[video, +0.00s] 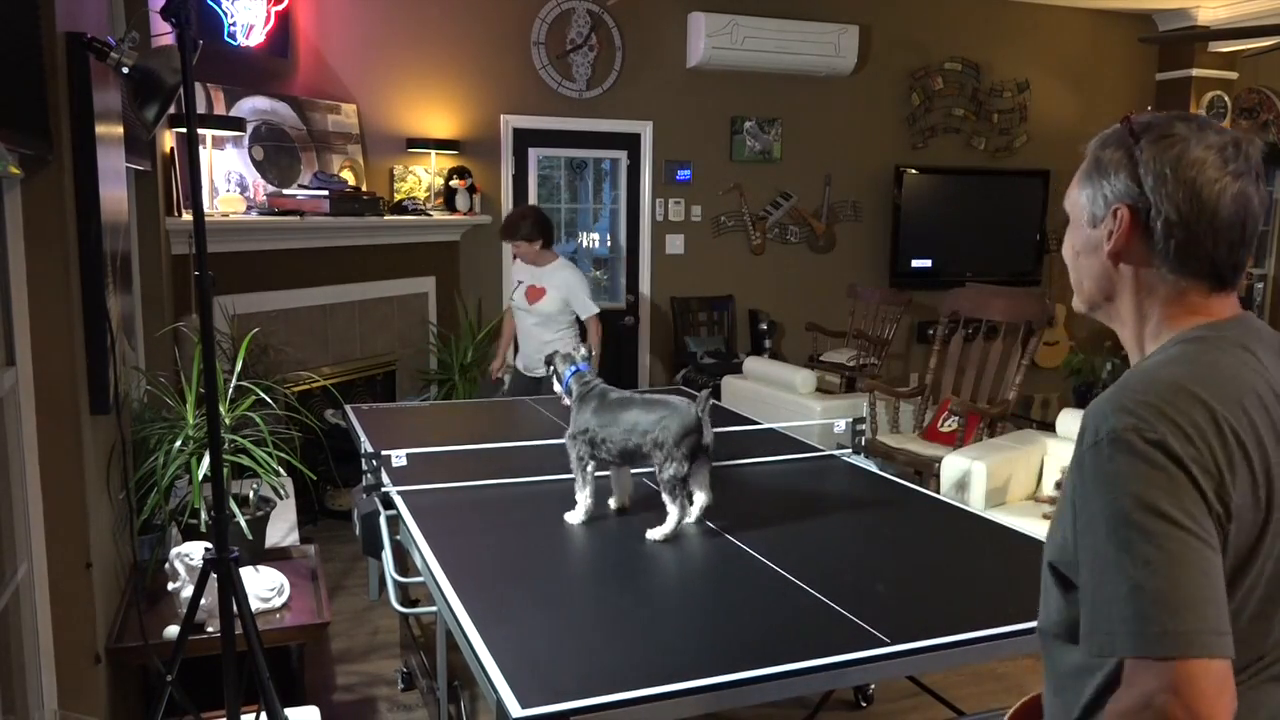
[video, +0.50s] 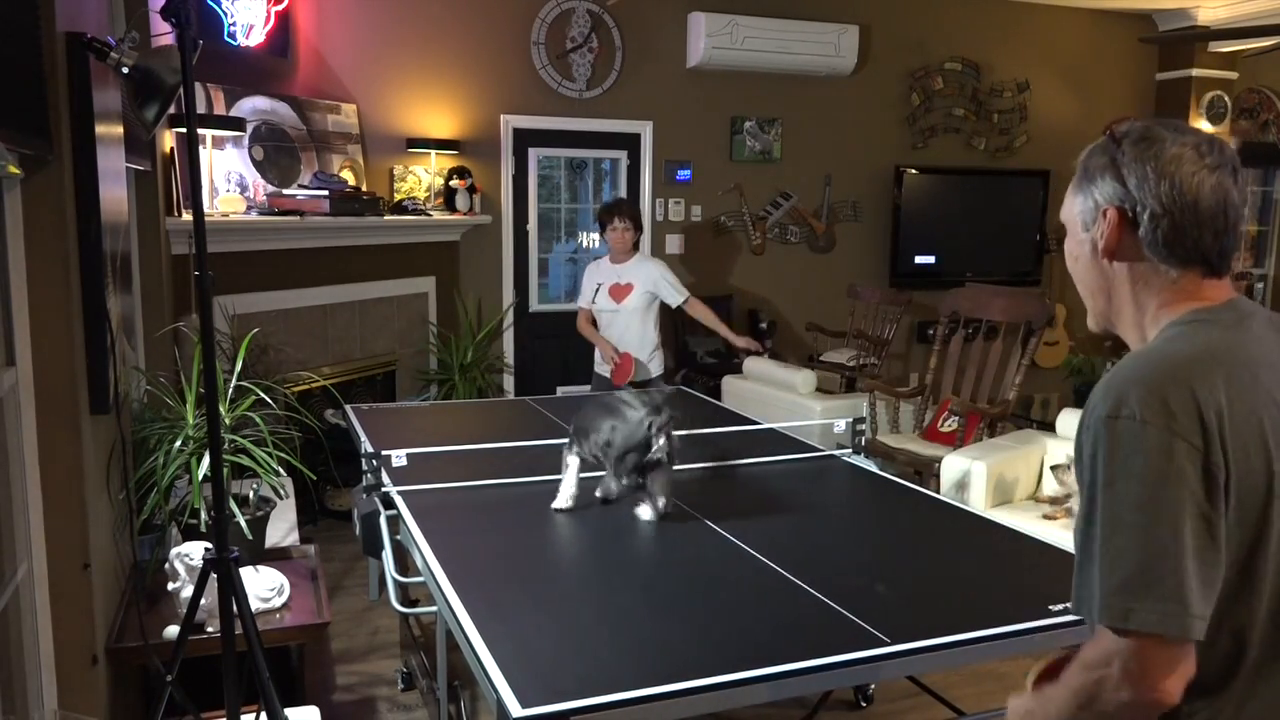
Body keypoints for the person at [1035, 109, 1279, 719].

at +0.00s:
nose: (1063, 247)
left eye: (1071, 221)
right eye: (1065, 222)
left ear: (1116, 229)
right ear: (1231, 243)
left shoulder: (1139, 420)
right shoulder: (1267, 358)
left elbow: (1185, 696)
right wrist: (1073, 688)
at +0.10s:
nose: (1051, 201)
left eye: (1054, 176)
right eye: (1050, 177)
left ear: (1095, 180)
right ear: (1211, 184)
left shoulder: (1090, 352)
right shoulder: (1266, 307)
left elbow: (1012, 618)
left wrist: (965, 555)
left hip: (1123, 704)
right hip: (1262, 690)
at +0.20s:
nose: (1060, 204)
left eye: (1063, 180)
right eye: (1058, 181)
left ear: (1104, 184)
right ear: (1215, 185)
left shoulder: (1114, 361)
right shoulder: (1265, 309)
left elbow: (1034, 629)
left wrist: (971, 558)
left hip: (1142, 703)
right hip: (1262, 689)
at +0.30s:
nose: (1071, 224)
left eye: (1074, 198)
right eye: (1070, 199)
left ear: (1115, 200)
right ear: (1221, 197)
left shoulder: (1141, 376)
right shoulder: (1266, 318)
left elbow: (1076, 648)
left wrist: (984, 590)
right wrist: (1071, 548)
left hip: (1163, 705)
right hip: (1260, 692)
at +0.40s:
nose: (1074, 235)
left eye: (1076, 210)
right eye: (1072, 211)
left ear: (1117, 212)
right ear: (1218, 211)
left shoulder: (1141, 385)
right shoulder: (1268, 331)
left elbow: (1122, 659)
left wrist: (1019, 653)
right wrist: (1099, 590)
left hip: (1183, 708)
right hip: (1264, 697)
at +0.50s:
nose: (1068, 258)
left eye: (1069, 233)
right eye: (1066, 235)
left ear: (1110, 229)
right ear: (1217, 229)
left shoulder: (1152, 392)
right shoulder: (1266, 340)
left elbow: (1148, 673)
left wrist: (1036, 709)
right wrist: (1103, 652)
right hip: (1259, 696)